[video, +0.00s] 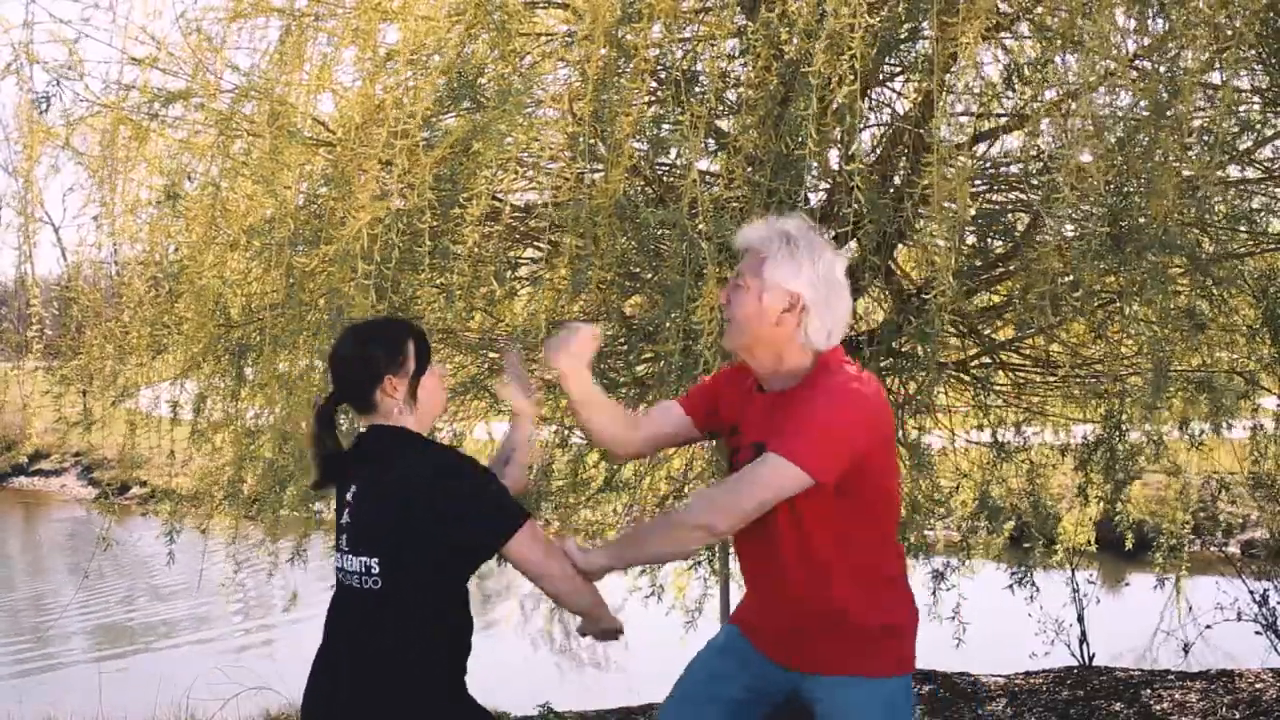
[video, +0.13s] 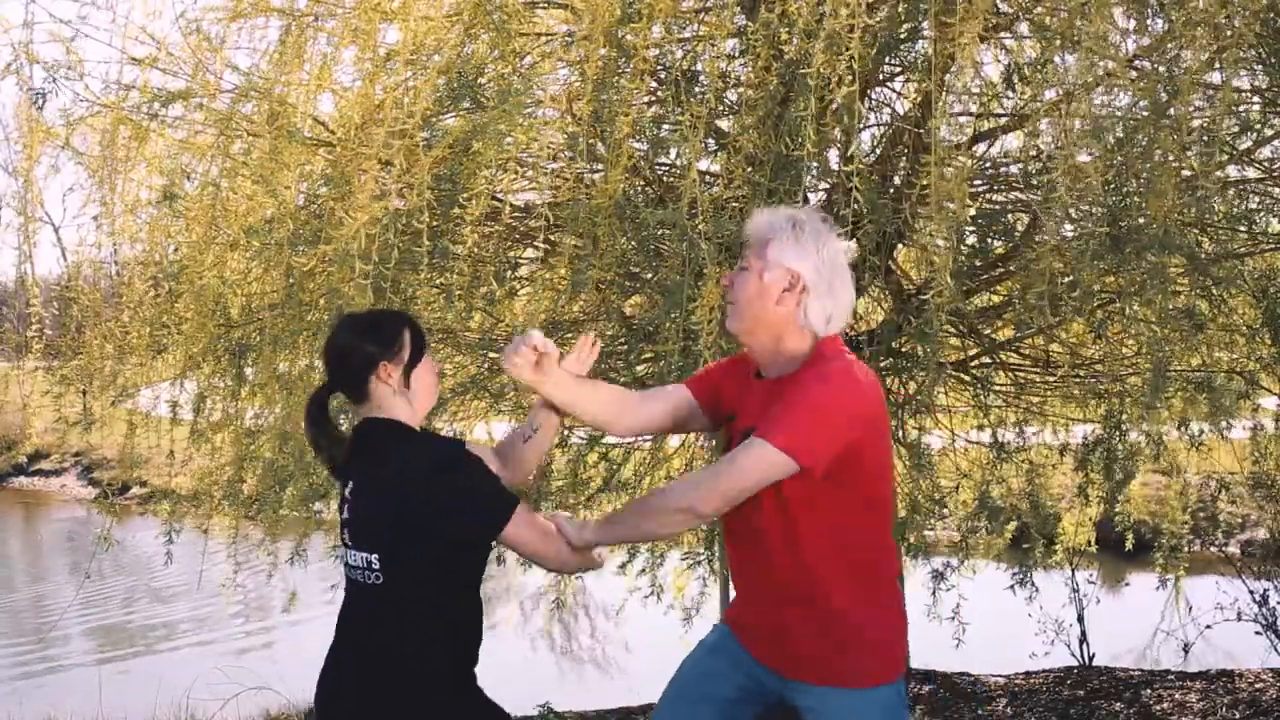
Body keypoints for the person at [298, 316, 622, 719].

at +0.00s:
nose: (441, 373)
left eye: (433, 363)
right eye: (430, 365)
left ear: (389, 389)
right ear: (393, 387)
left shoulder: (362, 460)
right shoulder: (445, 473)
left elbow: (499, 492)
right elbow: (548, 568)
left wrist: (524, 413)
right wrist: (598, 615)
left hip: (334, 694)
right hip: (420, 698)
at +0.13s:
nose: (436, 367)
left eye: (429, 354)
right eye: (425, 355)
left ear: (383, 376)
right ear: (390, 373)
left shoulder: (364, 449)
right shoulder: (440, 463)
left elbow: (503, 465)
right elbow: (556, 552)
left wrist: (559, 395)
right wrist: (591, 557)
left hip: (345, 695)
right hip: (432, 698)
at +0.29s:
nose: (434, 362)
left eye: (428, 348)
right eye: (423, 349)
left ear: (381, 369)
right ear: (386, 367)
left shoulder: (360, 444)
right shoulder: (442, 459)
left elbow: (503, 462)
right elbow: (555, 531)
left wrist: (562, 392)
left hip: (347, 688)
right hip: (431, 691)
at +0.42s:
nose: (431, 362)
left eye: (425, 347)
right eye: (420, 348)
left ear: (375, 362)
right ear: (380, 361)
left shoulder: (355, 437)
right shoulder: (428, 450)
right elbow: (541, 515)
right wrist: (549, 465)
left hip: (345, 684)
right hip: (427, 689)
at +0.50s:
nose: (430, 360)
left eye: (423, 346)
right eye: (419, 347)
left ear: (379, 360)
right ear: (381, 359)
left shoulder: (415, 419)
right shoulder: (408, 465)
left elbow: (516, 464)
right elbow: (530, 522)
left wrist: (574, 492)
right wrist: (568, 497)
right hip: (418, 693)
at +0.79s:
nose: (434, 357)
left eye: (424, 347)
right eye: (421, 350)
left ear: (386, 378)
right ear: (388, 376)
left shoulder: (421, 421)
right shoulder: (411, 479)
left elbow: (510, 466)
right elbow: (530, 550)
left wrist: (587, 507)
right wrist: (575, 520)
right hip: (414, 697)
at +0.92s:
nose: (428, 357)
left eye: (417, 347)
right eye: (413, 350)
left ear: (382, 383)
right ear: (383, 380)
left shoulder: (414, 427)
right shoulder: (403, 481)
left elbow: (494, 494)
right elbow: (500, 577)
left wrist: (558, 558)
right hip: (398, 698)